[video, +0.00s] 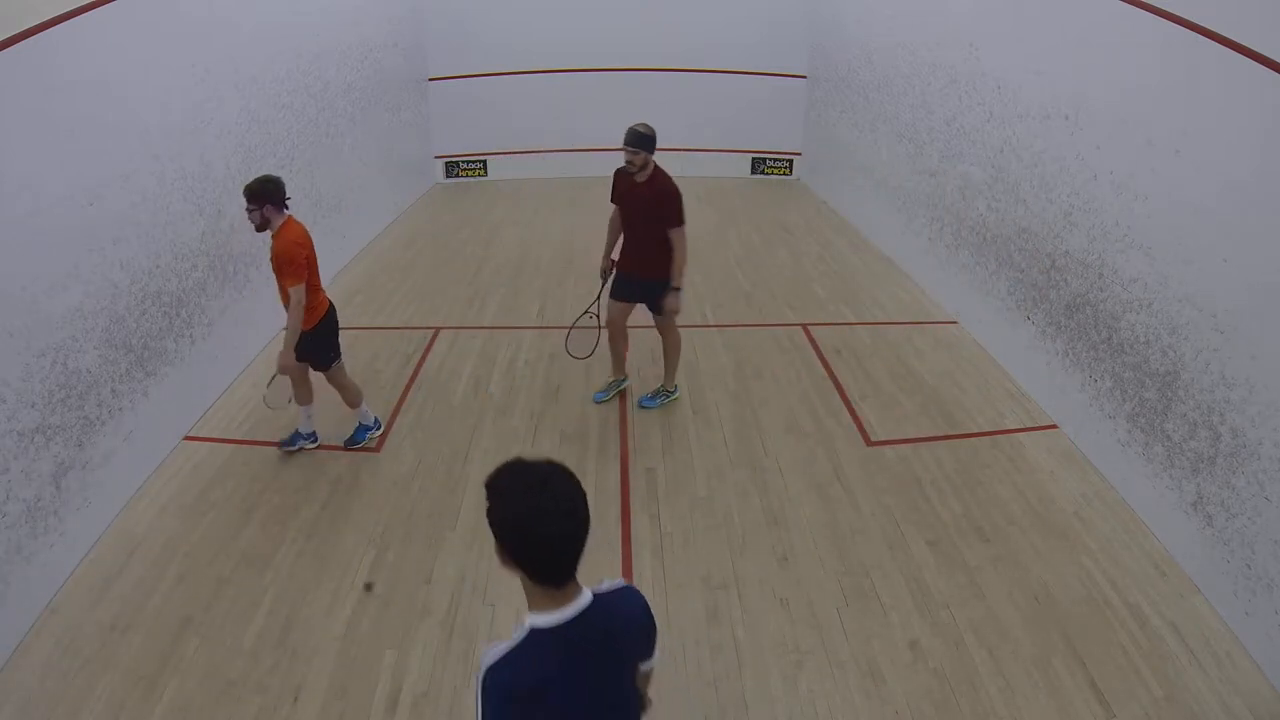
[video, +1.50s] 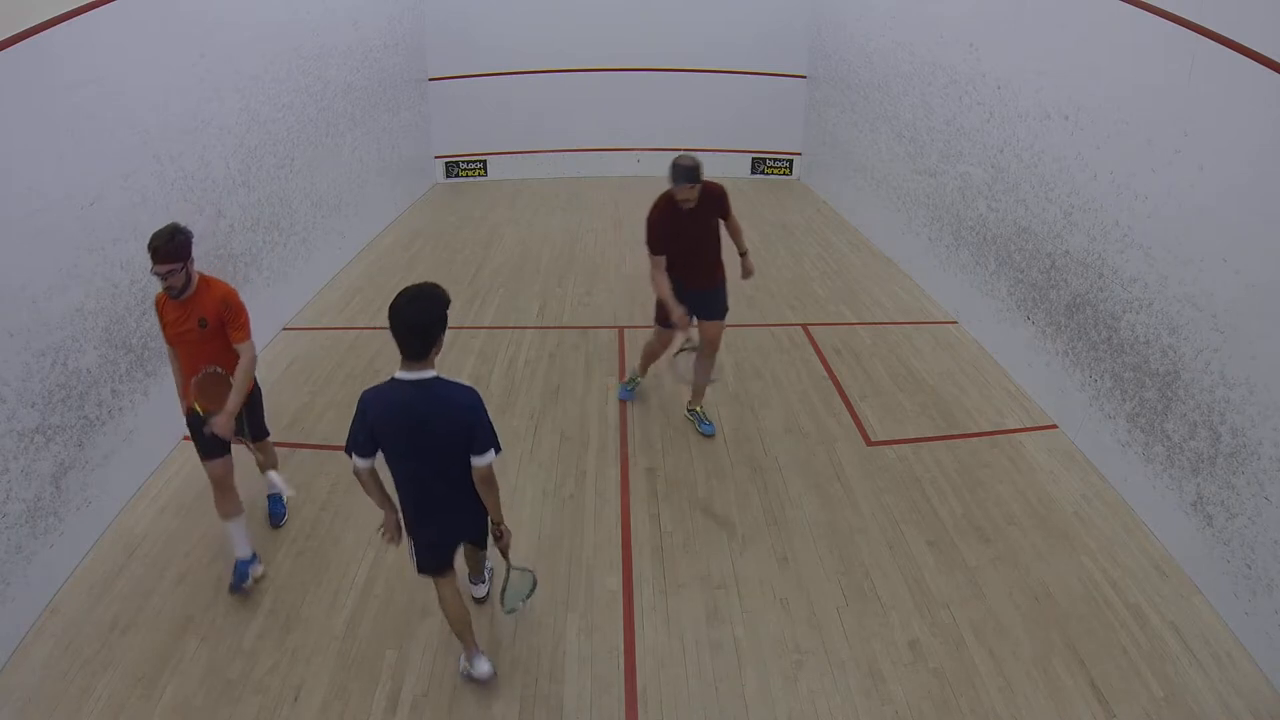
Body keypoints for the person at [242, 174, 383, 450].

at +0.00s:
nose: (248, 216)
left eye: (251, 210)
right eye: (247, 210)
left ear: (268, 209)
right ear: (274, 207)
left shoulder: (287, 244)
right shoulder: (288, 229)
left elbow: (298, 301)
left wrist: (288, 350)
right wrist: (294, 318)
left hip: (317, 323)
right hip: (302, 320)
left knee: (337, 377)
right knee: (296, 371)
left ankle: (370, 422)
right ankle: (307, 431)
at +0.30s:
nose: (229, 219)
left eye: (233, 214)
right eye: (228, 213)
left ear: (253, 213)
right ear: (252, 212)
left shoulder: (273, 247)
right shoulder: (260, 238)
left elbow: (287, 302)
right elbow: (274, 294)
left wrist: (282, 350)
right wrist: (274, 331)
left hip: (296, 328)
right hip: (276, 328)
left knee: (322, 380)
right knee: (281, 380)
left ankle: (366, 421)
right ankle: (303, 435)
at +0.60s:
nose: (209, 227)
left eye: (214, 221)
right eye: (206, 221)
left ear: (235, 217)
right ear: (206, 217)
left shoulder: (258, 248)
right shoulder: (226, 244)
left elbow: (277, 301)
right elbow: (236, 289)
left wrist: (267, 349)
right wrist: (233, 326)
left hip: (275, 329)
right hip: (254, 330)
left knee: (273, 400)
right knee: (279, 388)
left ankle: (316, 430)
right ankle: (303, 432)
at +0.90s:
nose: (196, 244)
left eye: (201, 237)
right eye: (191, 238)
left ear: (221, 231)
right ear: (188, 233)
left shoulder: (245, 264)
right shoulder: (202, 262)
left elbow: (272, 313)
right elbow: (203, 303)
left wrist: (264, 364)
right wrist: (199, 343)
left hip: (262, 349)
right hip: (238, 351)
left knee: (264, 413)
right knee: (270, 393)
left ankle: (274, 487)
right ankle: (301, 435)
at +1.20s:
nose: (183, 259)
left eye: (189, 252)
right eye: (178, 252)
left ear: (208, 244)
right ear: (175, 247)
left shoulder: (236, 278)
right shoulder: (183, 280)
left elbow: (257, 334)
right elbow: (190, 328)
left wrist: (226, 377)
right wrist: (189, 372)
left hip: (247, 364)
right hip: (211, 369)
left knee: (258, 434)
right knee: (224, 437)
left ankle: (273, 490)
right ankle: (268, 440)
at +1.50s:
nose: (166, 283)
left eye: (171, 274)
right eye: (159, 276)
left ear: (190, 263)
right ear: (155, 270)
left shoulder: (222, 296)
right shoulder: (163, 305)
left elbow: (248, 356)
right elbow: (174, 355)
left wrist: (229, 412)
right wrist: (184, 399)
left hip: (238, 391)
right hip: (199, 401)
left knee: (259, 444)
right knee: (219, 478)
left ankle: (275, 488)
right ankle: (245, 555)